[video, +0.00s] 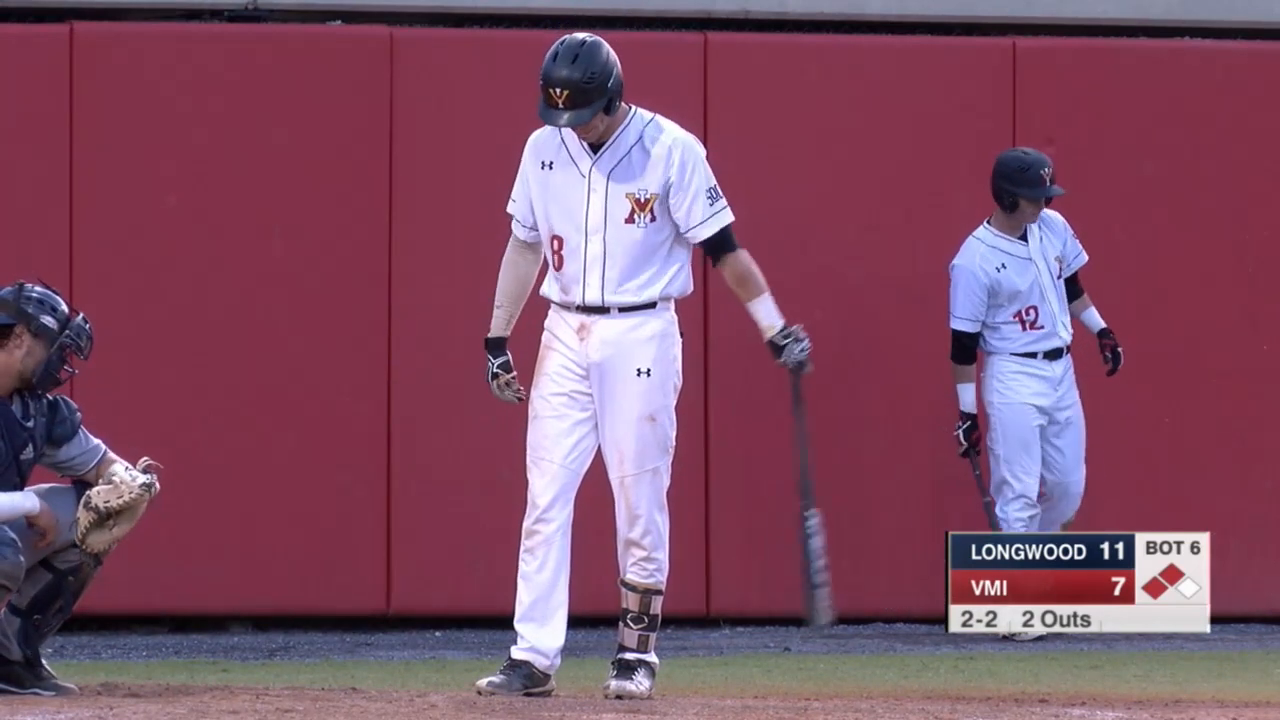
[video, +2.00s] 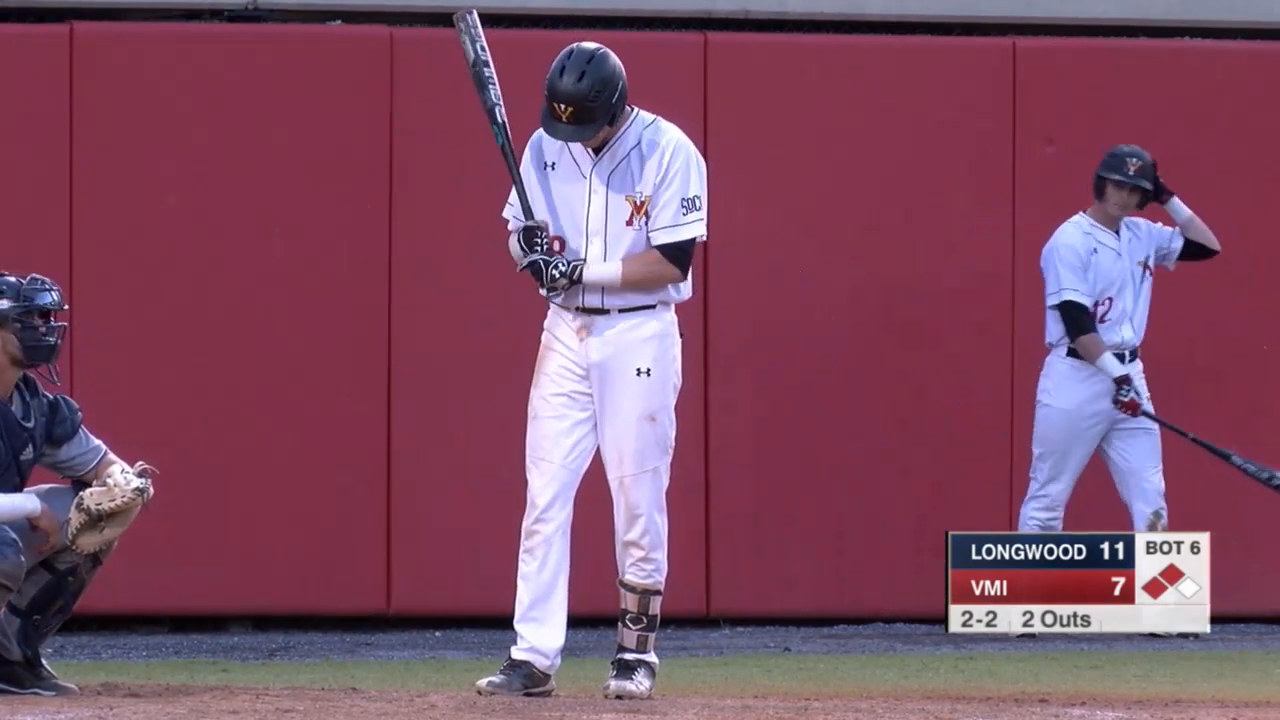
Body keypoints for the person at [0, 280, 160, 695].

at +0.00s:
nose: (62, 360)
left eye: (65, 350)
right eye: (56, 347)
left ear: (23, 340)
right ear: (19, 339)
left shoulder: (41, 411)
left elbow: (98, 461)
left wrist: (131, 481)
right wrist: (27, 503)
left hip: (9, 522)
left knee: (94, 511)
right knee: (7, 550)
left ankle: (15, 652)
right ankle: (6, 658)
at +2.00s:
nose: (40, 328)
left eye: (42, 319)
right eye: (25, 319)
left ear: (47, 325)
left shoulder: (37, 404)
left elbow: (98, 462)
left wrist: (127, 483)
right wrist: (29, 505)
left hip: (9, 522)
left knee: (96, 513)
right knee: (10, 547)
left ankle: (14, 652)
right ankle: (7, 653)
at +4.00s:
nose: (38, 330)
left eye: (41, 321)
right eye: (23, 320)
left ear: (46, 327)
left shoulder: (35, 405)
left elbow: (98, 463)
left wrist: (128, 485)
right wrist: (26, 507)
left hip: (9, 522)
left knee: (93, 513)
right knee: (9, 547)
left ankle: (15, 651)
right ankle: (8, 654)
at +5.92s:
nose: (29, 325)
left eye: (35, 315)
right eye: (18, 314)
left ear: (42, 321)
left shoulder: (36, 404)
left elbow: (108, 468)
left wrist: (179, 506)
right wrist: (9, 459)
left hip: (6, 528)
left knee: (98, 515)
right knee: (7, 561)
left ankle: (14, 651)